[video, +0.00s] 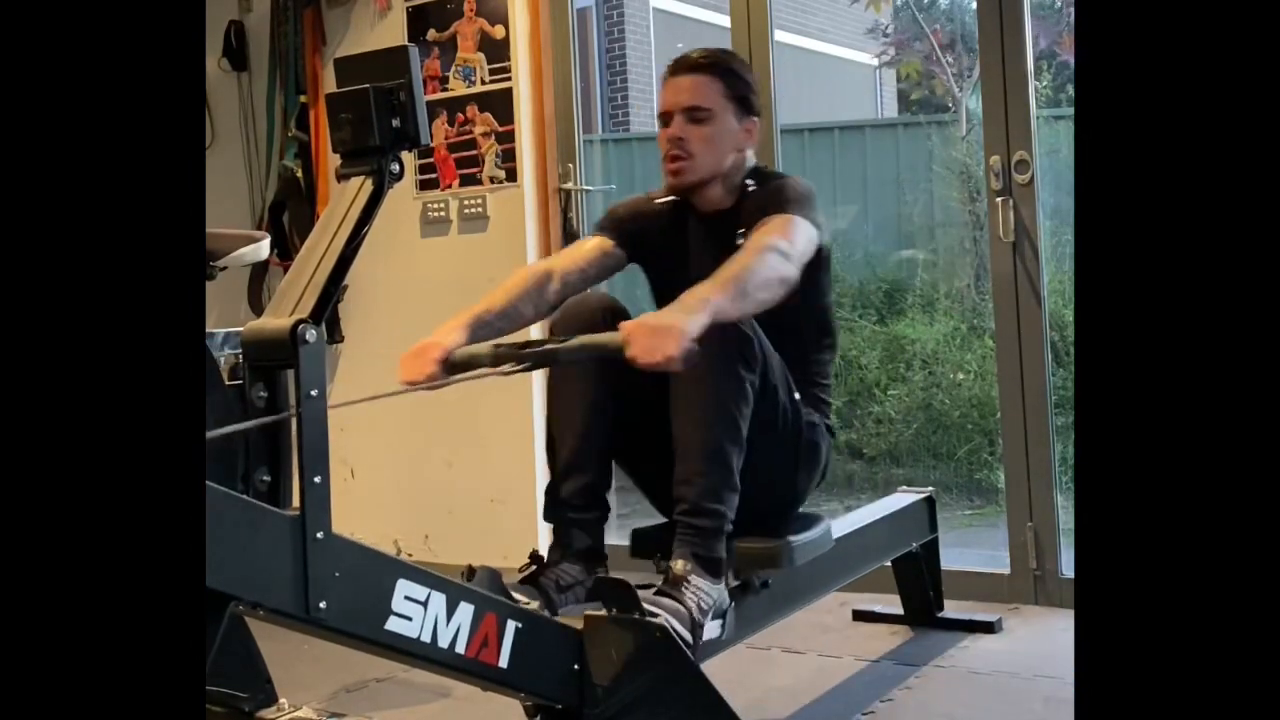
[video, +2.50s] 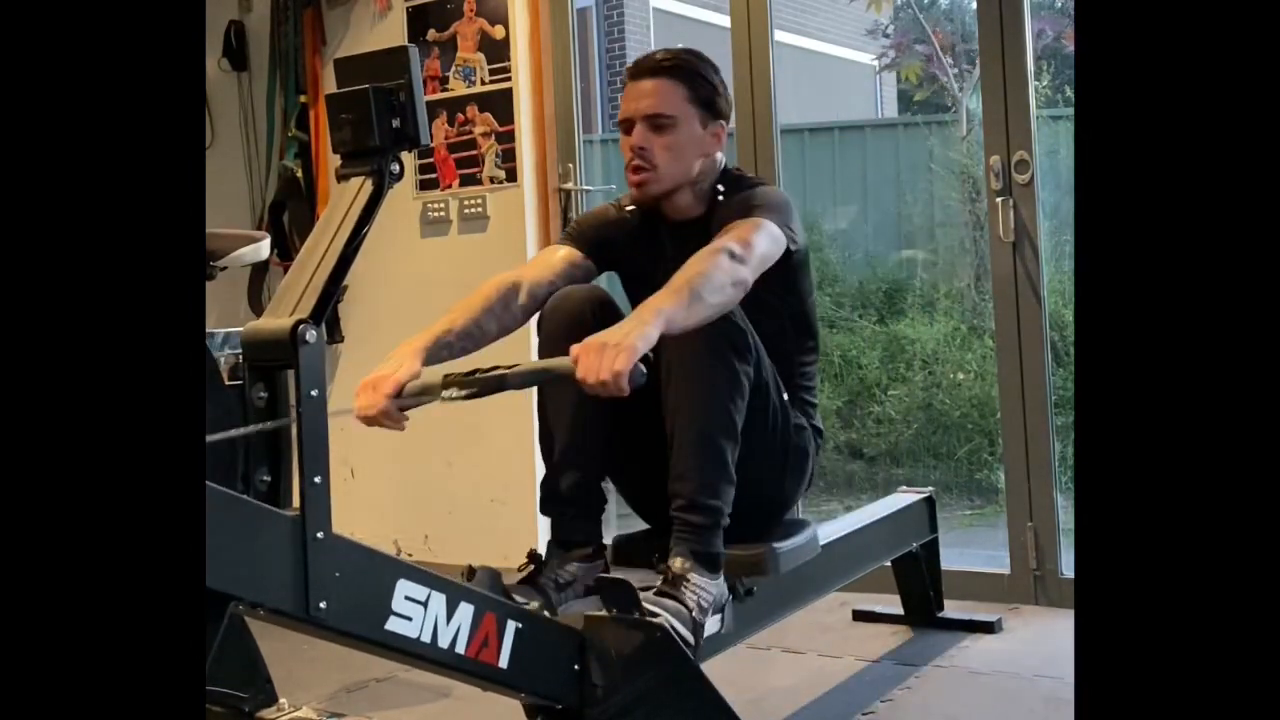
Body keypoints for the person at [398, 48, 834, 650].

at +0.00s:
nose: (673, 134)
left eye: (696, 118)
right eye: (665, 120)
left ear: (747, 133)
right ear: (656, 133)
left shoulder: (787, 200)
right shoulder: (645, 220)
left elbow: (773, 263)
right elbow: (554, 278)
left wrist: (691, 310)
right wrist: (460, 330)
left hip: (774, 467)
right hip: (680, 465)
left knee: (717, 330)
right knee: (584, 314)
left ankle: (699, 575)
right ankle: (575, 560)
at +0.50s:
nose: (826, 172)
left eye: (842, 158)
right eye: (817, 160)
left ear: (884, 162)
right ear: (810, 167)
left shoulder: (919, 232)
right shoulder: (797, 239)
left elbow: (1013, 298)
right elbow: (725, 298)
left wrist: (925, 287)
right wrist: (711, 307)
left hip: (864, 411)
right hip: (772, 407)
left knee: (782, 456)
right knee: (682, 454)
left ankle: (716, 622)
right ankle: (598, 592)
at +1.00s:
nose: (658, 137)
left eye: (681, 119)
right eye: (649, 122)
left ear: (734, 132)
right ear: (639, 132)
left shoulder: (776, 204)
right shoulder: (635, 222)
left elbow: (752, 260)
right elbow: (536, 279)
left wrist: (656, 301)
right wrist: (437, 327)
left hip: (772, 475)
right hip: (679, 475)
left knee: (709, 320)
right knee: (570, 337)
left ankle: (699, 576)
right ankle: (575, 564)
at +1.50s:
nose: (758, 135)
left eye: (779, 121)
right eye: (749, 124)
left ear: (825, 136)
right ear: (740, 136)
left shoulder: (851, 200)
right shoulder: (724, 217)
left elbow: (844, 264)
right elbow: (646, 276)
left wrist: (786, 294)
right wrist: (574, 314)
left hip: (836, 438)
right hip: (746, 426)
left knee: (760, 371)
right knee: (637, 381)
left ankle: (707, 606)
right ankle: (582, 580)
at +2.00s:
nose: (785, 166)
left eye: (803, 149)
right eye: (775, 153)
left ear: (847, 152)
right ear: (766, 160)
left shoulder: (894, 229)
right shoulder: (758, 241)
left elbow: (998, 296)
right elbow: (680, 310)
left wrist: (893, 287)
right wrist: (673, 308)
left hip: (851, 445)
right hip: (754, 436)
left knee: (763, 396)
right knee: (660, 391)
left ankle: (714, 617)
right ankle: (592, 580)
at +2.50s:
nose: (635, 145)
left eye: (659, 126)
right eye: (627, 127)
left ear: (716, 137)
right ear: (618, 134)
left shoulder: (764, 207)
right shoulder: (618, 227)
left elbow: (732, 267)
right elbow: (522, 291)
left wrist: (645, 322)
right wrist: (416, 352)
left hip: (763, 477)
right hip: (662, 475)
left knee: (705, 318)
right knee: (575, 306)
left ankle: (695, 572)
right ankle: (574, 558)